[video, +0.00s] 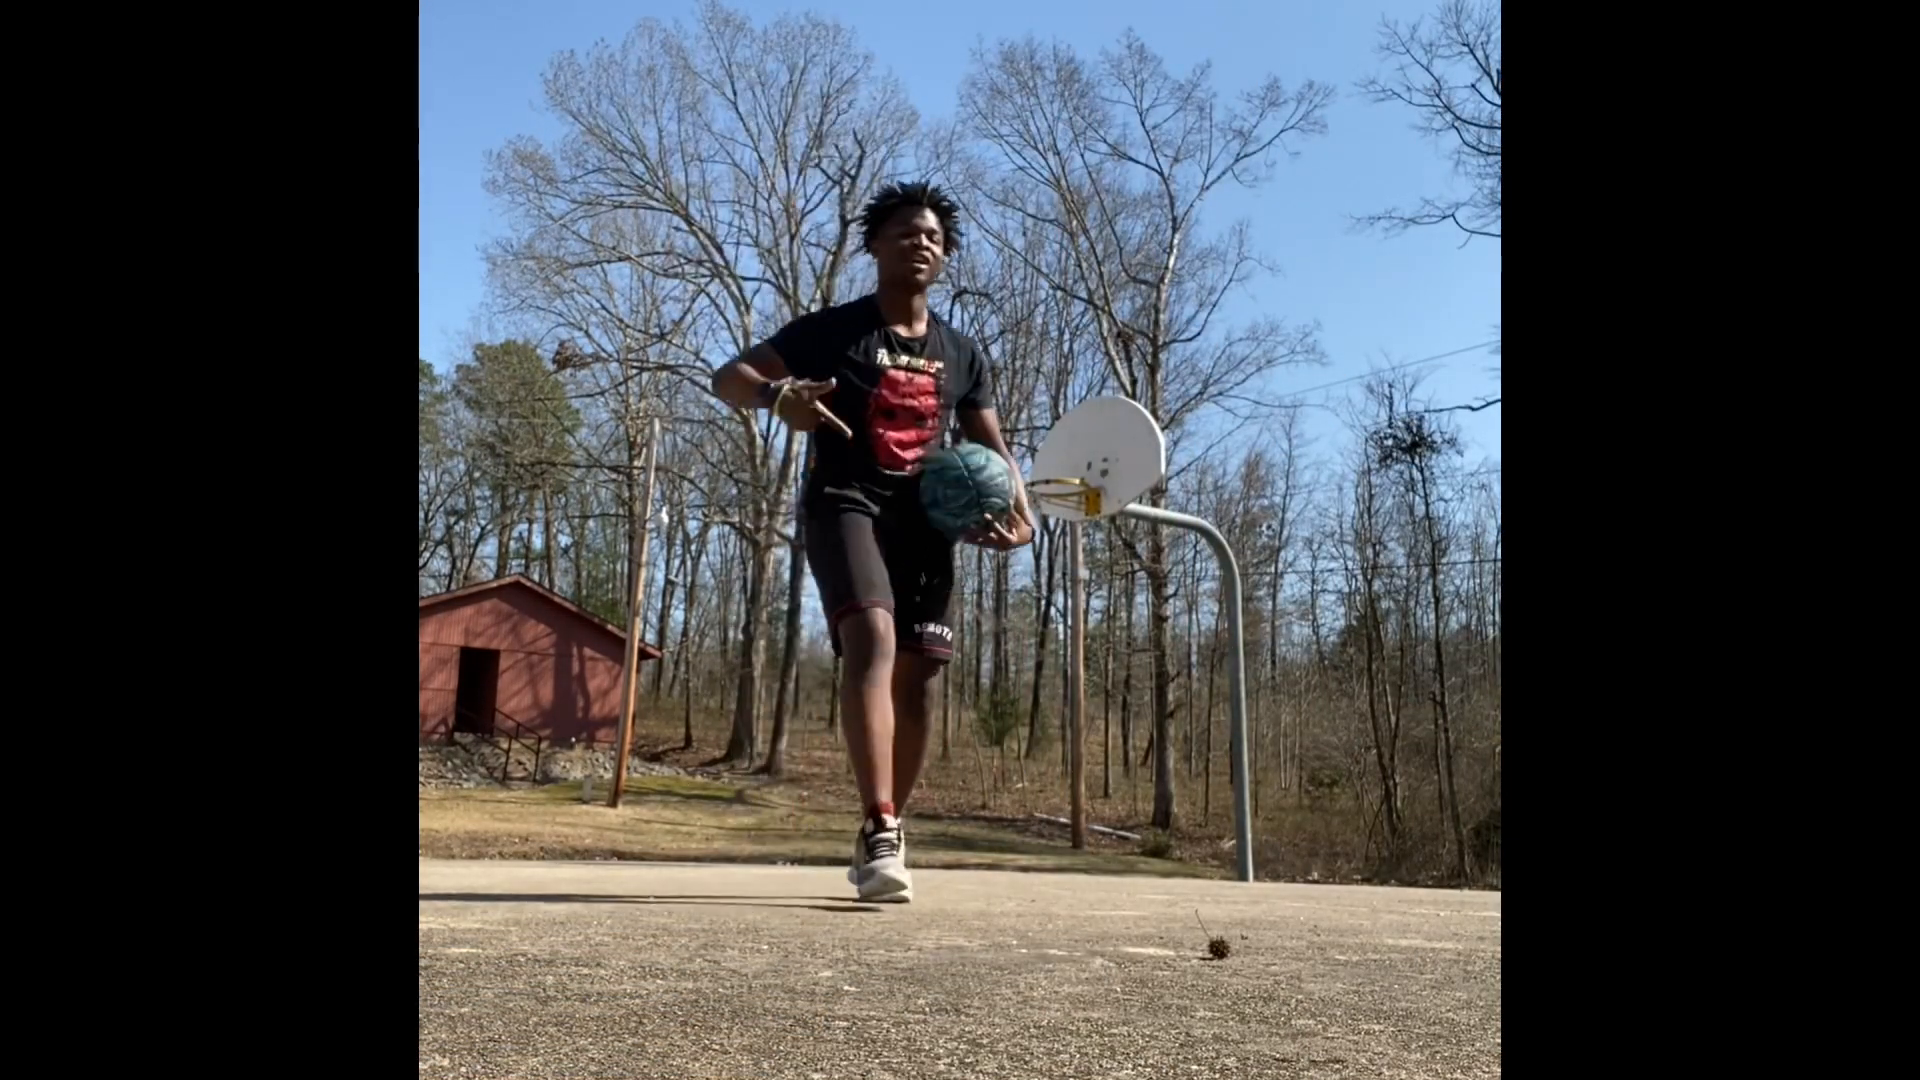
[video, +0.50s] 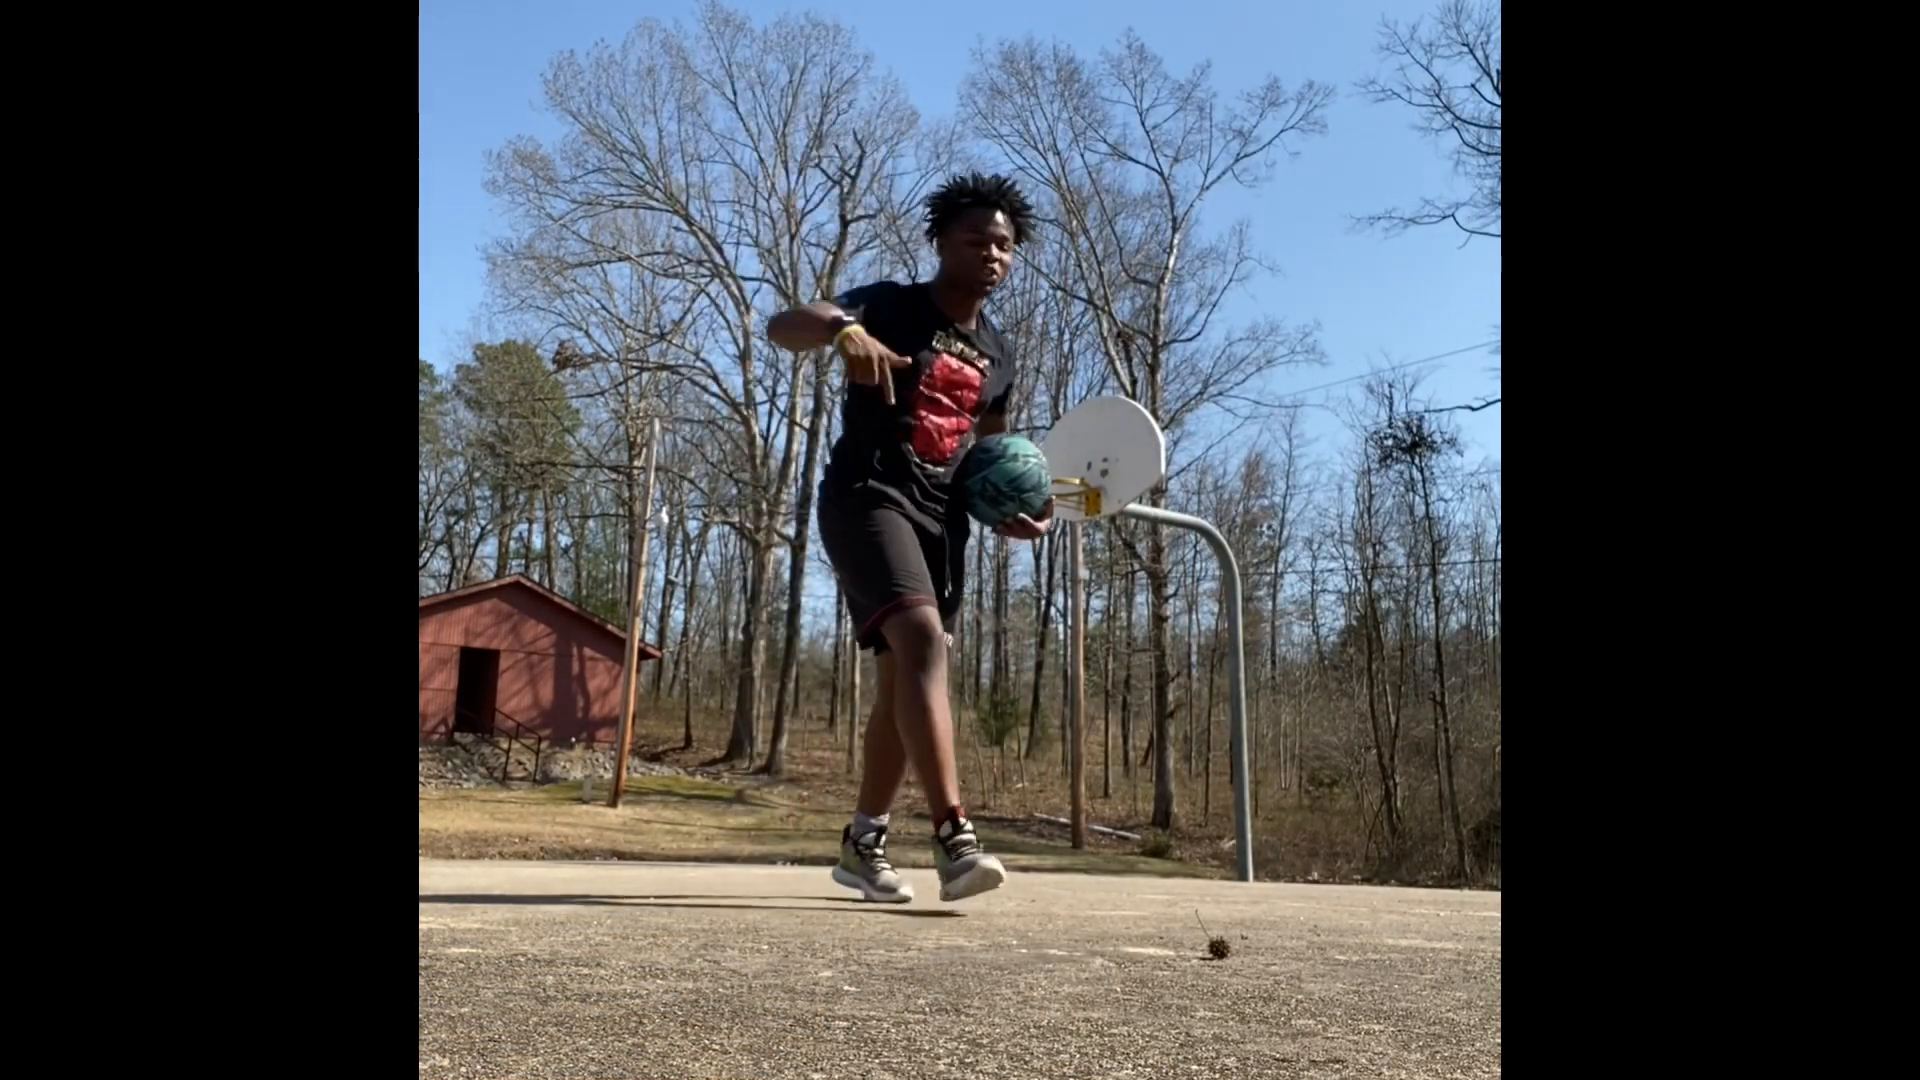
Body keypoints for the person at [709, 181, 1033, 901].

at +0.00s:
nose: (920, 245)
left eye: (931, 237)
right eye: (905, 235)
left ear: (944, 255)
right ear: (875, 249)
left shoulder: (962, 352)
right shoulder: (834, 329)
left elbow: (990, 445)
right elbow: (729, 379)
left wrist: (1020, 513)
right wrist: (776, 394)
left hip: (923, 514)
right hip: (846, 502)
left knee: (918, 678)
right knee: (874, 637)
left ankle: (883, 839)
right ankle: (881, 834)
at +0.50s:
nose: (996, 253)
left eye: (1006, 245)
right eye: (981, 238)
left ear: (1013, 259)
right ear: (942, 240)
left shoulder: (997, 354)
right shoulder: (893, 303)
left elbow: (995, 463)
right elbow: (782, 326)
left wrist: (1024, 512)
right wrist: (841, 327)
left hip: (940, 516)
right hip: (867, 495)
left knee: (905, 677)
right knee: (924, 634)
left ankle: (862, 843)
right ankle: (955, 839)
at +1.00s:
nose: (1008, 134)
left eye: (1025, 118)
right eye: (989, 119)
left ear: (1050, 126)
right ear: (960, 127)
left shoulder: (1076, 235)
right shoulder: (913, 225)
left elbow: (1131, 346)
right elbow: (850, 356)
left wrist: (1166, 426)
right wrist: (937, 445)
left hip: (1032, 459)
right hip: (922, 453)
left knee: (1057, 630)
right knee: (929, 640)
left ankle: (1010, 829)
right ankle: (939, 853)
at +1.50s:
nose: (1165, 11)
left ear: (1215, 17)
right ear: (1112, 6)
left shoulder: (1239, 153)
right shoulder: (1036, 108)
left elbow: (1280, 307)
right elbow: (902, 218)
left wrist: (1351, 394)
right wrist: (962, 269)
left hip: (1156, 399)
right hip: (1032, 394)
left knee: (1193, 587)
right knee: (1038, 609)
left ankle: (1201, 873)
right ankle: (993, 793)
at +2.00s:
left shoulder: (1201, 61)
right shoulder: (985, 74)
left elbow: (1267, 200)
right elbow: (955, 252)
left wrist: (1323, 297)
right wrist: (1034, 357)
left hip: (1164, 370)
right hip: (1026, 366)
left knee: (1197, 585)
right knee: (1016, 595)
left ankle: (1202, 873)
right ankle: (1009, 868)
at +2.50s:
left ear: (1137, 3)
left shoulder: (1176, 117)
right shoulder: (980, 102)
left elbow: (1244, 259)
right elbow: (855, 206)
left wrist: (1322, 336)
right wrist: (733, 175)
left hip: (1144, 364)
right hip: (1014, 365)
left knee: (1201, 576)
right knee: (1007, 587)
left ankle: (1200, 809)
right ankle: (1009, 859)